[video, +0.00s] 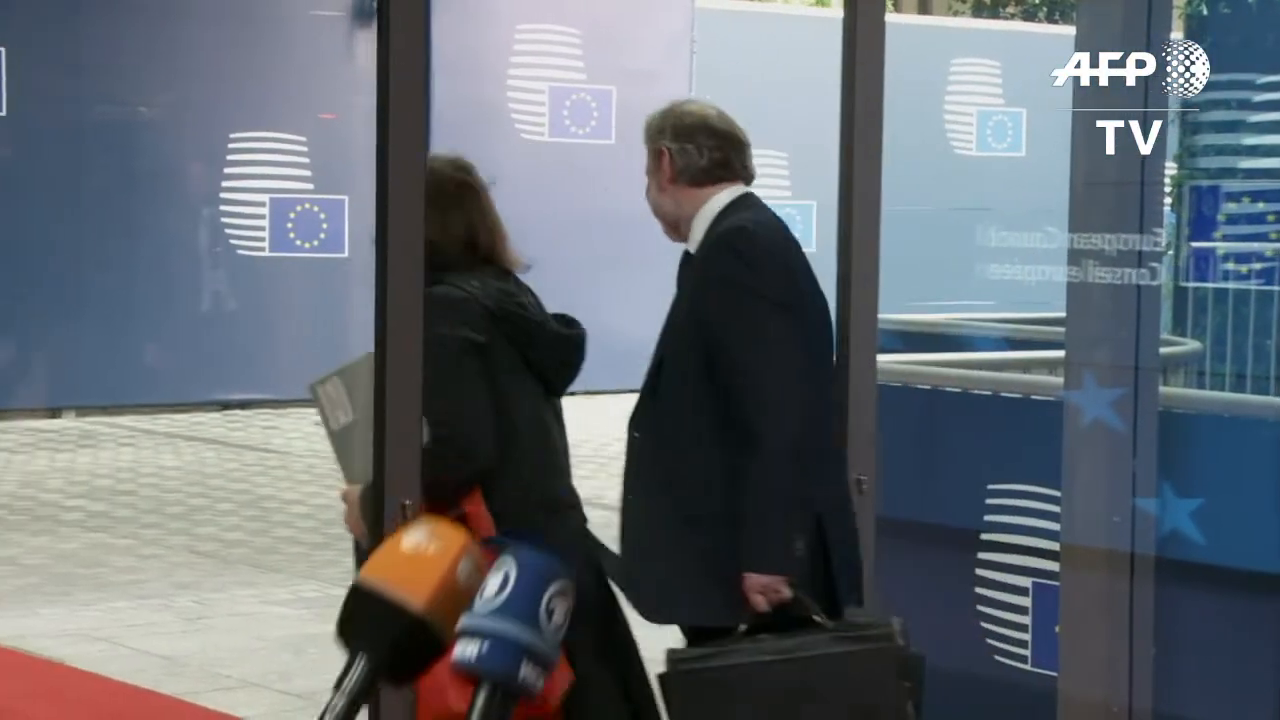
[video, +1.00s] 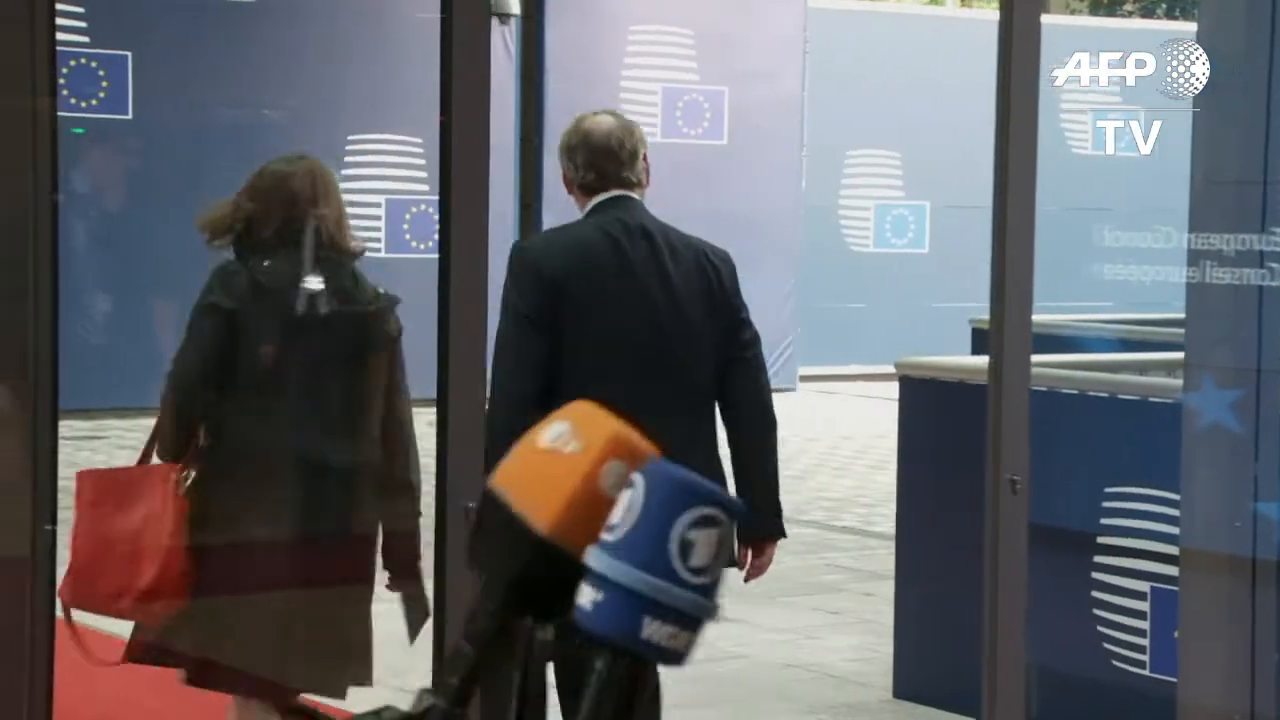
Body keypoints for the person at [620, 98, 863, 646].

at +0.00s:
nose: (647, 193)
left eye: (647, 174)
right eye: (646, 176)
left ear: (667, 166)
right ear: (730, 163)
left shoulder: (737, 248)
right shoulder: (746, 239)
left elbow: (774, 410)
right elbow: (774, 408)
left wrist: (765, 553)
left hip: (739, 570)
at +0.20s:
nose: (643, 184)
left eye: (641, 164)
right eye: (641, 167)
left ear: (654, 160)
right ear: (727, 159)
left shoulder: (700, 244)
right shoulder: (762, 240)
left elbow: (709, 404)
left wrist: (703, 546)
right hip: (766, 546)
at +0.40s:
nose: (630, 188)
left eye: (628, 175)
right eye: (630, 175)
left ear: (639, 178)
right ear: (716, 172)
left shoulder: (652, 255)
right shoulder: (770, 265)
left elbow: (644, 411)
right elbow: (769, 416)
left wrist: (636, 551)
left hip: (678, 556)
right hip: (766, 552)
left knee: (672, 708)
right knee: (759, 709)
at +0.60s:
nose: (595, 190)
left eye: (595, 180)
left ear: (602, 186)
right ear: (680, 177)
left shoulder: (596, 268)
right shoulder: (743, 274)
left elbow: (588, 420)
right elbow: (764, 413)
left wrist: (570, 550)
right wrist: (737, 508)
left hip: (626, 547)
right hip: (727, 540)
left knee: (624, 702)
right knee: (727, 702)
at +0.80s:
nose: (578, 171)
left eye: (577, 162)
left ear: (584, 168)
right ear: (661, 158)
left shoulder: (564, 251)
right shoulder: (727, 256)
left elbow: (546, 396)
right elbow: (763, 400)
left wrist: (525, 512)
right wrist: (768, 516)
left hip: (596, 515)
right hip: (699, 517)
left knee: (607, 688)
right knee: (664, 683)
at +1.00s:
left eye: (566, 176)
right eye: (649, 164)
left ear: (569, 183)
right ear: (645, 173)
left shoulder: (542, 258)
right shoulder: (708, 264)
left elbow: (514, 400)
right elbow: (749, 399)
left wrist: (502, 517)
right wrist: (761, 514)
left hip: (572, 509)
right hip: (678, 511)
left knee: (586, 672)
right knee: (637, 668)